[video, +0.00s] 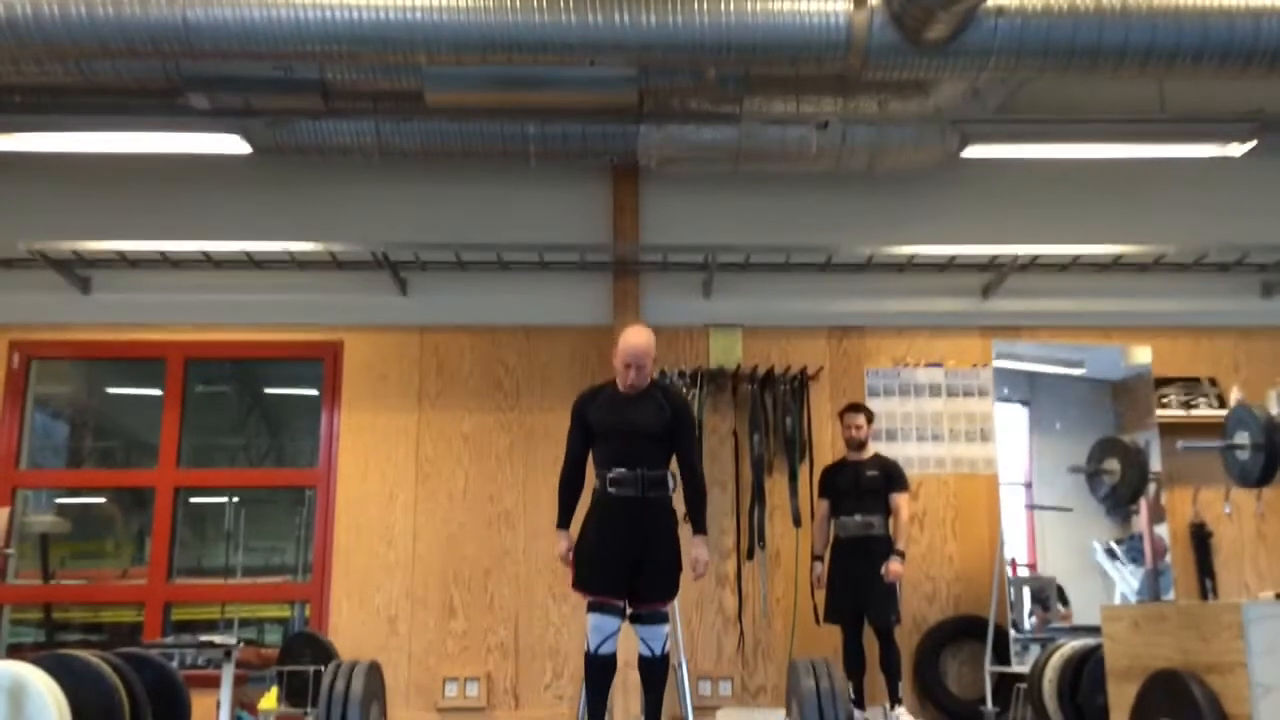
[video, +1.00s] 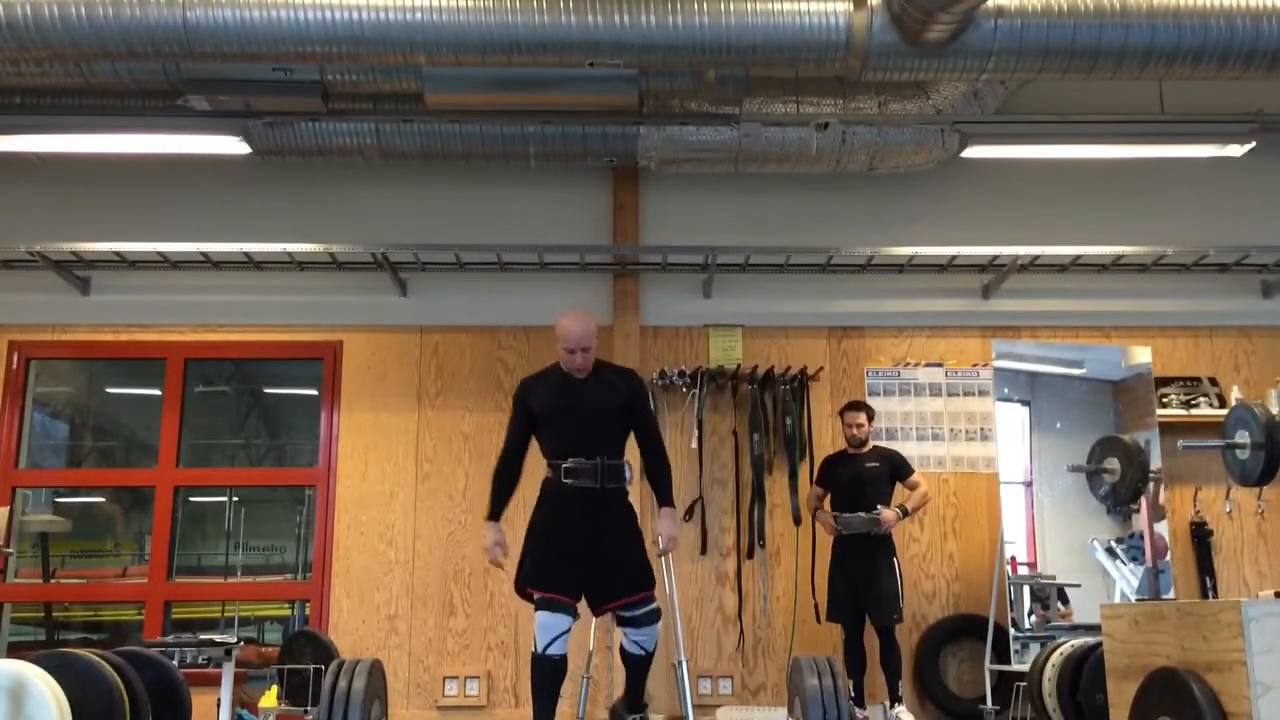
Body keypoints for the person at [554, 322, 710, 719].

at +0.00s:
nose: (632, 374)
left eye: (641, 366)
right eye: (626, 365)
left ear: (654, 363)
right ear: (614, 359)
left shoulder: (673, 405)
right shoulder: (591, 404)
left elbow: (691, 471)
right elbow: (574, 469)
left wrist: (699, 536)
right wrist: (563, 529)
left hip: (656, 530)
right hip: (605, 528)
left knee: (654, 633)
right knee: (601, 631)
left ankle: (653, 715)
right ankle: (596, 714)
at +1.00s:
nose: (580, 359)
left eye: (587, 350)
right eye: (571, 351)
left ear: (596, 343)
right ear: (556, 346)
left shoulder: (625, 384)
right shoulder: (534, 391)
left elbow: (652, 447)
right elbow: (512, 457)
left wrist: (667, 508)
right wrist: (493, 518)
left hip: (614, 515)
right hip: (559, 515)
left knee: (643, 620)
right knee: (552, 625)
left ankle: (632, 706)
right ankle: (543, 716)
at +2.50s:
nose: (583, 401)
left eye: (593, 393)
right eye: (576, 391)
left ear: (611, 376)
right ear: (562, 365)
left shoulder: (640, 404)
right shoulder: (532, 398)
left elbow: (677, 473)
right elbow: (501, 466)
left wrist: (683, 545)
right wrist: (484, 540)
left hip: (617, 518)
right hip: (553, 515)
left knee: (640, 629)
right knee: (530, 624)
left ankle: (648, 716)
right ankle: (521, 716)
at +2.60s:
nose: (582, 450)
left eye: (592, 442)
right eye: (575, 440)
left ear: (610, 428)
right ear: (563, 418)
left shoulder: (635, 442)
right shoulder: (530, 437)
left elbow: (677, 517)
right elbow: (498, 515)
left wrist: (682, 594)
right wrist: (489, 598)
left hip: (614, 529)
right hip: (550, 528)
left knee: (643, 626)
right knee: (529, 625)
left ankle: (652, 715)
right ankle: (523, 715)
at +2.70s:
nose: (581, 506)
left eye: (592, 498)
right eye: (574, 495)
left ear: (614, 476)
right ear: (560, 470)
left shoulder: (638, 483)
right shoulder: (528, 484)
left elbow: (673, 566)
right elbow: (500, 574)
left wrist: (677, 644)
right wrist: (493, 655)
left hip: (615, 545)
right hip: (548, 546)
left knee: (641, 632)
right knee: (531, 627)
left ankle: (656, 715)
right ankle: (524, 715)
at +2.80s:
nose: (579, 554)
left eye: (589, 546)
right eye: (571, 543)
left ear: (611, 522)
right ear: (557, 515)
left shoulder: (638, 520)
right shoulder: (527, 519)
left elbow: (672, 607)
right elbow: (505, 611)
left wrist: (675, 686)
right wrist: (497, 694)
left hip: (615, 545)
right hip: (549, 546)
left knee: (640, 631)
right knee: (531, 630)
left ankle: (655, 713)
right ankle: (523, 714)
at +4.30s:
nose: (585, 526)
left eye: (596, 514)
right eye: (575, 513)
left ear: (613, 502)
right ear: (558, 499)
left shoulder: (636, 538)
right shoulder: (530, 539)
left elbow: (688, 624)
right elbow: (480, 626)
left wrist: (684, 705)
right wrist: (488, 706)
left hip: (618, 616)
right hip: (554, 615)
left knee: (657, 644)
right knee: (518, 638)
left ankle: (650, 716)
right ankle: (529, 716)